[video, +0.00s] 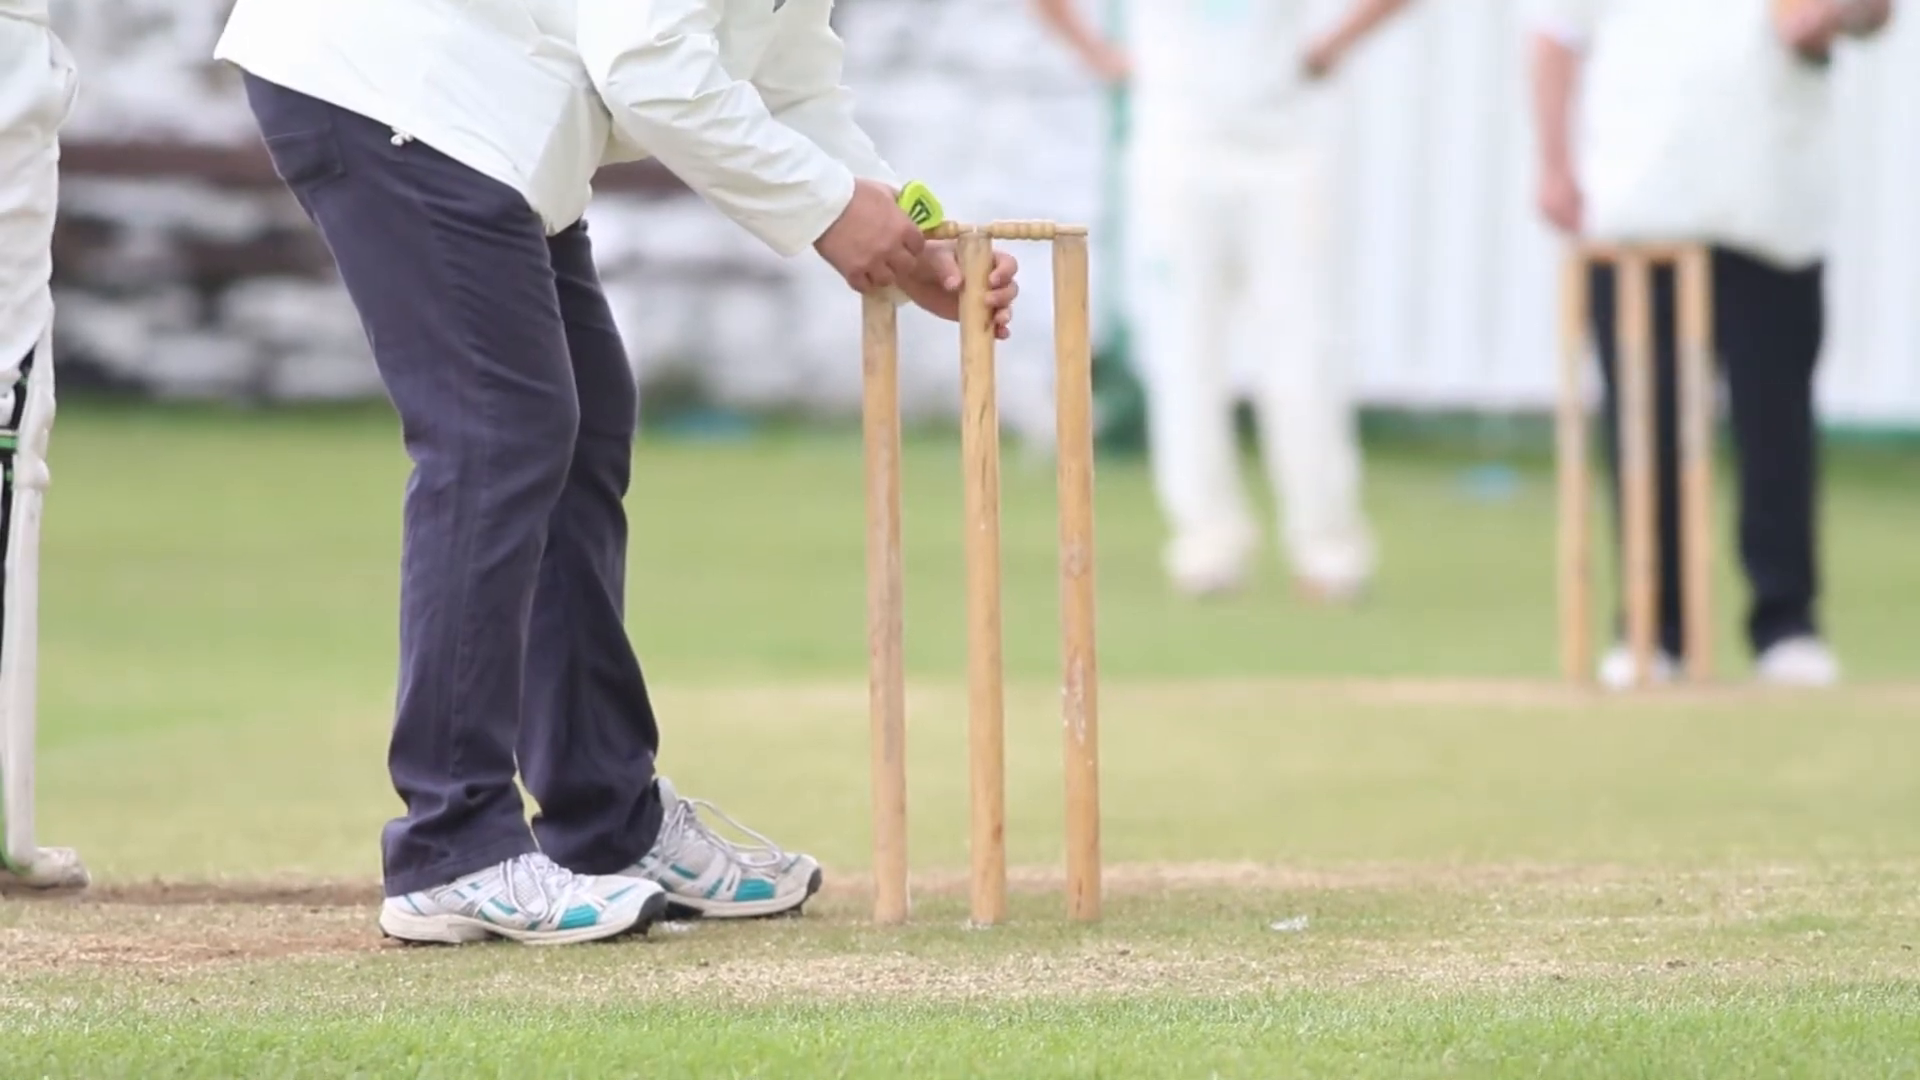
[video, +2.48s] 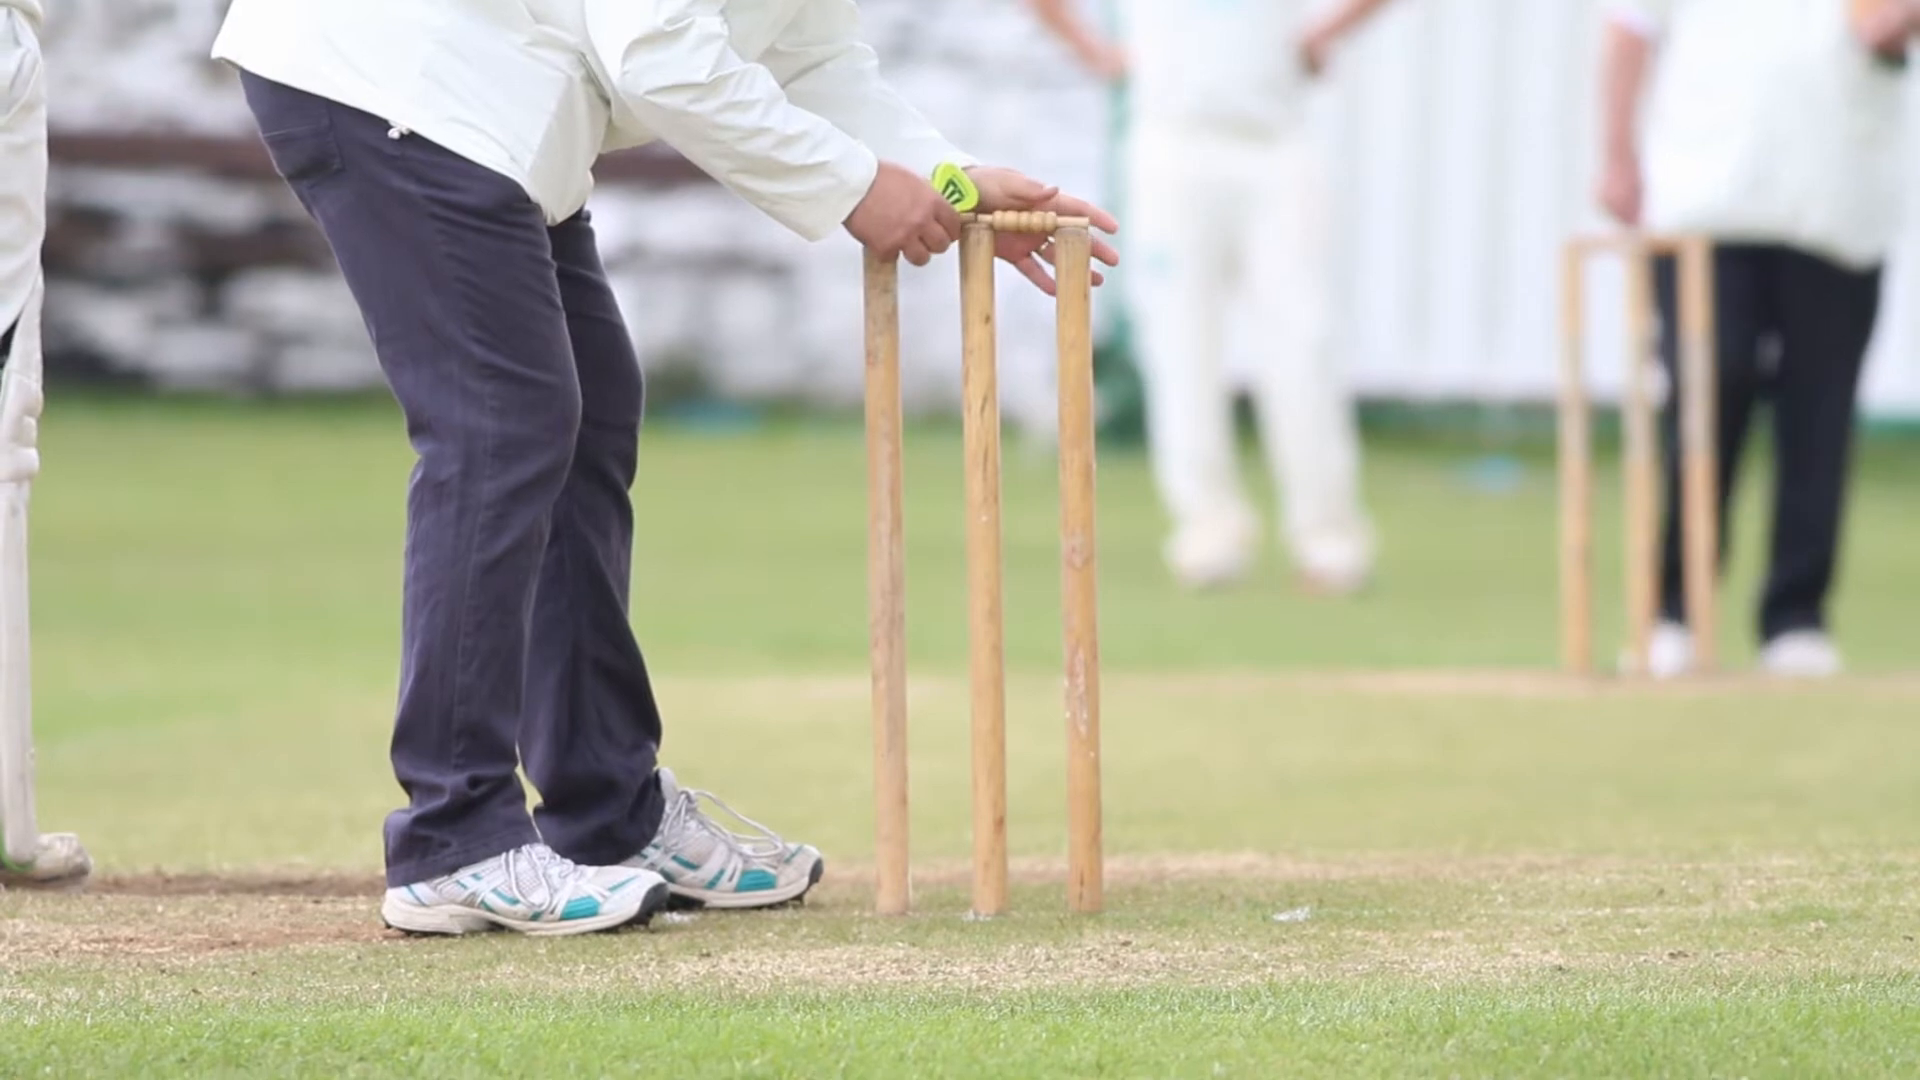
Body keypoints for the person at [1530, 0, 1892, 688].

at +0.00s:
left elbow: (1879, 12)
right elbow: (1555, 27)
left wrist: (1832, 14)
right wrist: (1556, 165)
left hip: (1774, 202)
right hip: (1634, 201)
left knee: (1776, 435)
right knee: (1641, 439)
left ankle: (1786, 631)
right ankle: (1653, 639)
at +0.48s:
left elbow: (1855, 10)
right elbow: (1531, 27)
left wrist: (1805, 13)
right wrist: (1518, 164)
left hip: (1752, 198)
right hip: (1615, 199)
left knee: (1761, 427)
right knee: (1631, 438)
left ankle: (1785, 628)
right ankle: (1651, 635)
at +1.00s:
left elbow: (1869, 11)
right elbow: (1550, 29)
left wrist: (1828, 12)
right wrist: (1549, 169)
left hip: (1774, 201)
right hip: (1634, 202)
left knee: (1779, 431)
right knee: (1643, 437)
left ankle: (1787, 628)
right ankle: (1652, 636)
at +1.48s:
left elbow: (1862, 22)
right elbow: (1599, 28)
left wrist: (1879, 14)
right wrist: (1595, 166)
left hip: (1821, 202)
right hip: (1683, 200)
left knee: (1806, 435)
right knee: (1678, 437)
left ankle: (1794, 628)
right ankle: (1659, 633)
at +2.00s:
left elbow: (1890, 29)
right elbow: (1633, 23)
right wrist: (1621, 155)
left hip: (1848, 195)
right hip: (1713, 189)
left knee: (1822, 422)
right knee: (1735, 411)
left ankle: (1798, 625)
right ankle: (1730, 625)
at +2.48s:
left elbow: (1884, 27)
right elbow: (1630, 23)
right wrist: (1620, 158)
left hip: (1845, 195)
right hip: (1707, 187)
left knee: (1818, 429)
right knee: (1700, 418)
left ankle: (1796, 624)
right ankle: (1674, 618)